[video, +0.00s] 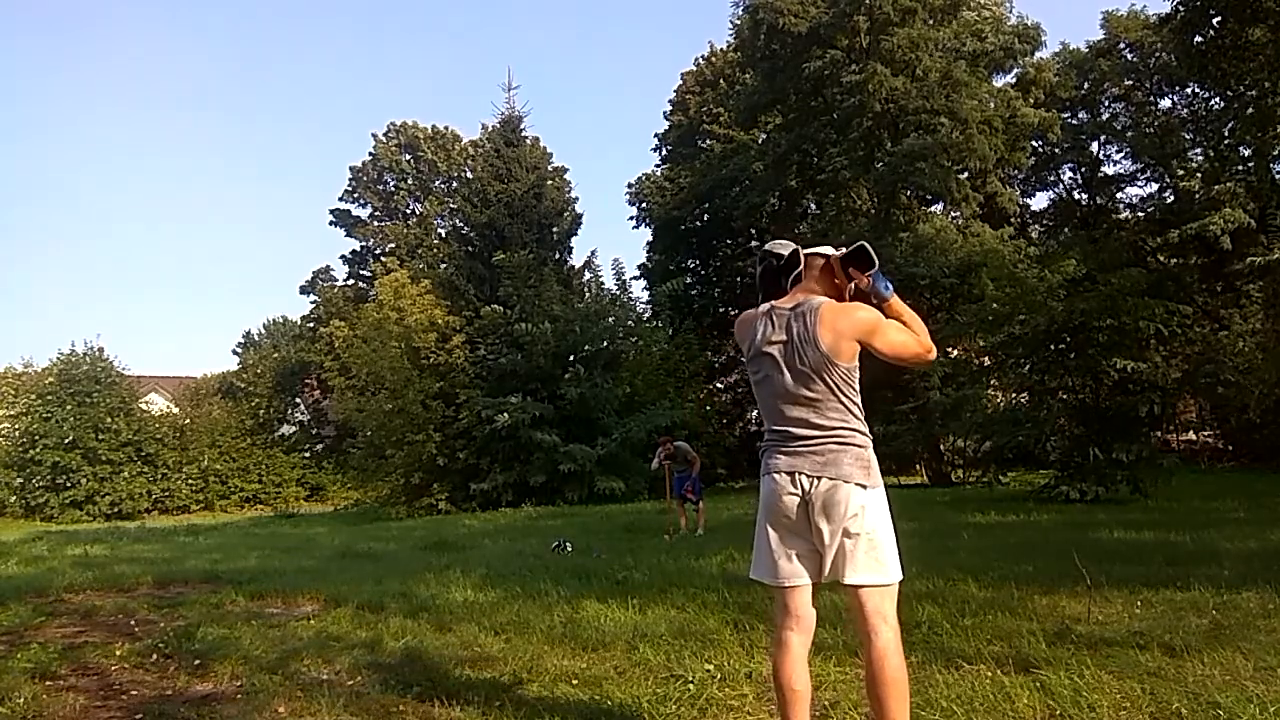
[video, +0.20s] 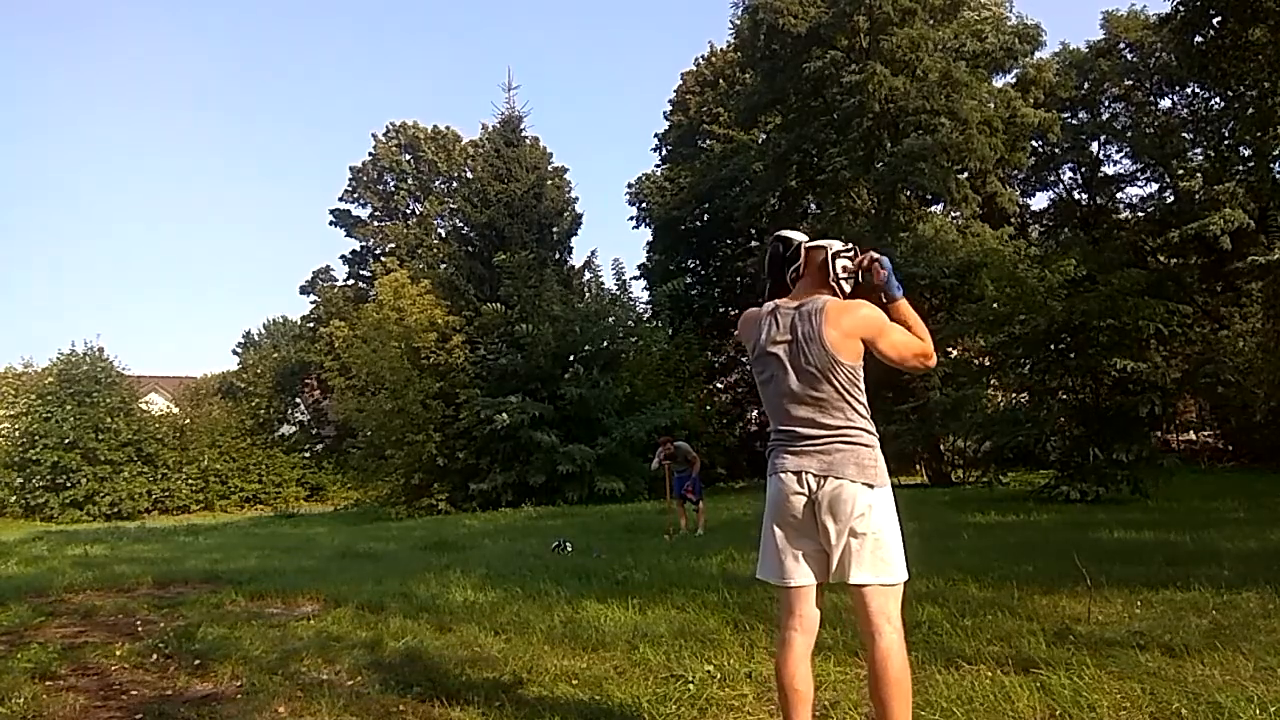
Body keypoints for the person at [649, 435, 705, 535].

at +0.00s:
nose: (668, 452)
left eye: (669, 449)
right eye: (665, 450)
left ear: (673, 445)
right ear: (662, 449)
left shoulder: (682, 447)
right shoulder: (661, 451)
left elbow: (697, 461)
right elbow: (653, 467)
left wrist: (692, 480)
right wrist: (660, 460)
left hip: (690, 472)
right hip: (677, 474)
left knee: (697, 501)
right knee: (679, 502)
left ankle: (700, 527)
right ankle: (683, 528)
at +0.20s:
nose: (668, 452)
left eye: (669, 449)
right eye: (665, 450)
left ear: (673, 446)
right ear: (662, 449)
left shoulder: (683, 447)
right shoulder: (661, 451)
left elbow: (697, 461)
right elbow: (653, 467)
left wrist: (692, 480)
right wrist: (659, 460)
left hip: (690, 472)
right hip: (677, 474)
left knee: (698, 501)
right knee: (679, 502)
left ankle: (700, 528)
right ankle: (683, 528)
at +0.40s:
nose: (668, 452)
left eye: (669, 449)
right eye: (665, 450)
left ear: (673, 446)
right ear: (662, 449)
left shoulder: (683, 447)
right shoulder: (661, 451)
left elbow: (697, 461)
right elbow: (653, 467)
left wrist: (692, 480)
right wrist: (659, 460)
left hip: (690, 472)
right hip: (677, 474)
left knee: (698, 501)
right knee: (679, 502)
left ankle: (700, 528)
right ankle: (683, 528)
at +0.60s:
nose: (668, 452)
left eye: (669, 449)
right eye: (665, 450)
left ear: (673, 446)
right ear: (662, 449)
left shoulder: (683, 447)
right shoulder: (661, 451)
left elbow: (697, 462)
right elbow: (652, 467)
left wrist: (692, 480)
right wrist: (659, 459)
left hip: (690, 473)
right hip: (677, 475)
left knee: (697, 502)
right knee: (679, 502)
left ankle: (700, 528)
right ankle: (683, 528)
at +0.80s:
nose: (668, 452)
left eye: (669, 449)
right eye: (665, 450)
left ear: (673, 445)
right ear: (662, 449)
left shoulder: (683, 447)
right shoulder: (661, 451)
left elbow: (697, 462)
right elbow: (653, 467)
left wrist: (692, 480)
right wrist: (659, 459)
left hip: (690, 473)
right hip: (677, 475)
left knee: (697, 501)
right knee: (679, 502)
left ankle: (700, 528)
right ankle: (683, 528)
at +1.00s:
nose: (668, 452)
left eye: (669, 449)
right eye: (665, 450)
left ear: (673, 445)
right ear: (662, 449)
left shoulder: (683, 447)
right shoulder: (661, 451)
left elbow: (697, 462)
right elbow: (653, 467)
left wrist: (692, 480)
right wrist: (659, 459)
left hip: (690, 473)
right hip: (677, 475)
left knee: (697, 501)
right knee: (679, 502)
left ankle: (700, 528)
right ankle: (683, 528)